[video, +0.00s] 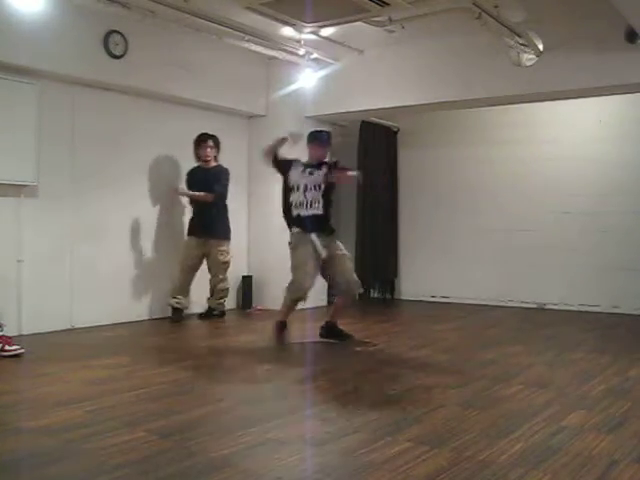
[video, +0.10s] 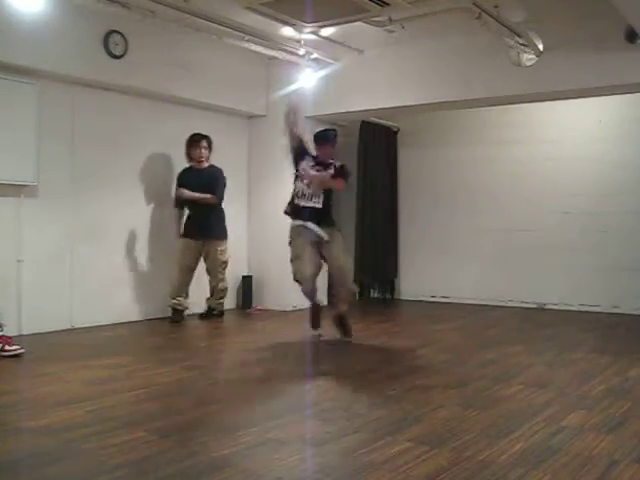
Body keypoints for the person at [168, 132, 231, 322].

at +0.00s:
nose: (207, 151)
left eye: (211, 147)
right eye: (203, 147)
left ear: (216, 151)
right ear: (196, 151)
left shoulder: (222, 172)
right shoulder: (192, 173)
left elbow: (216, 197)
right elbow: (194, 200)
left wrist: (189, 194)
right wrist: (195, 204)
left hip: (218, 230)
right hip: (197, 228)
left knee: (219, 272)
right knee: (186, 270)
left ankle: (217, 306)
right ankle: (178, 306)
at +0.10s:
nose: (202, 152)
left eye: (205, 148)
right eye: (197, 148)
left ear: (209, 151)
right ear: (189, 151)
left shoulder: (217, 173)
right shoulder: (184, 174)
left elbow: (216, 199)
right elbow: (179, 204)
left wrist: (188, 195)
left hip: (215, 230)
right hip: (192, 228)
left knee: (217, 272)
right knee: (184, 270)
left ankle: (216, 306)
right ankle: (178, 307)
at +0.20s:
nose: (195, 150)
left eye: (198, 147)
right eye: (189, 148)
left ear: (202, 149)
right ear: (182, 153)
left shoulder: (212, 172)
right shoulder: (178, 177)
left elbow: (221, 197)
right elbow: (166, 204)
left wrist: (203, 208)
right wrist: (162, 229)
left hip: (214, 232)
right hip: (190, 232)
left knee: (216, 272)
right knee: (183, 271)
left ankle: (213, 306)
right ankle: (178, 307)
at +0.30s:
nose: (194, 151)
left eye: (196, 147)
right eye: (189, 148)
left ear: (200, 149)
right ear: (180, 154)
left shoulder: (210, 172)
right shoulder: (177, 178)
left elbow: (216, 201)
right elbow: (160, 204)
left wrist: (219, 224)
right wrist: (155, 230)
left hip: (213, 231)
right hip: (191, 233)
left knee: (216, 271)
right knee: (183, 272)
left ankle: (214, 307)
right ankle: (178, 307)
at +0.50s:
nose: (204, 151)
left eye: (206, 147)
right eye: (199, 148)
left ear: (208, 149)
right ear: (189, 152)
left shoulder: (213, 173)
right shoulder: (183, 176)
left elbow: (227, 198)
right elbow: (170, 204)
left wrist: (241, 217)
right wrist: (165, 229)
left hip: (216, 233)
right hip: (192, 235)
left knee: (221, 270)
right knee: (185, 273)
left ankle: (225, 305)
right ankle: (178, 307)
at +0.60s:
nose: (214, 152)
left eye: (215, 149)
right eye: (210, 149)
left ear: (215, 151)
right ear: (199, 152)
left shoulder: (217, 174)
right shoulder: (190, 175)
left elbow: (234, 194)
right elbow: (177, 200)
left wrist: (252, 207)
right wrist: (183, 223)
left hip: (219, 234)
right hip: (197, 235)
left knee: (223, 272)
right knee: (188, 274)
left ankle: (226, 306)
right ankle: (179, 308)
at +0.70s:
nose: (223, 154)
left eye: (224, 150)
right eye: (220, 150)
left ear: (222, 153)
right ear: (209, 153)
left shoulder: (225, 175)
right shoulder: (199, 174)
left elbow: (244, 188)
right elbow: (188, 194)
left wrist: (271, 193)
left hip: (225, 234)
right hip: (204, 236)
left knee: (228, 273)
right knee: (194, 273)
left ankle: (227, 307)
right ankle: (179, 307)